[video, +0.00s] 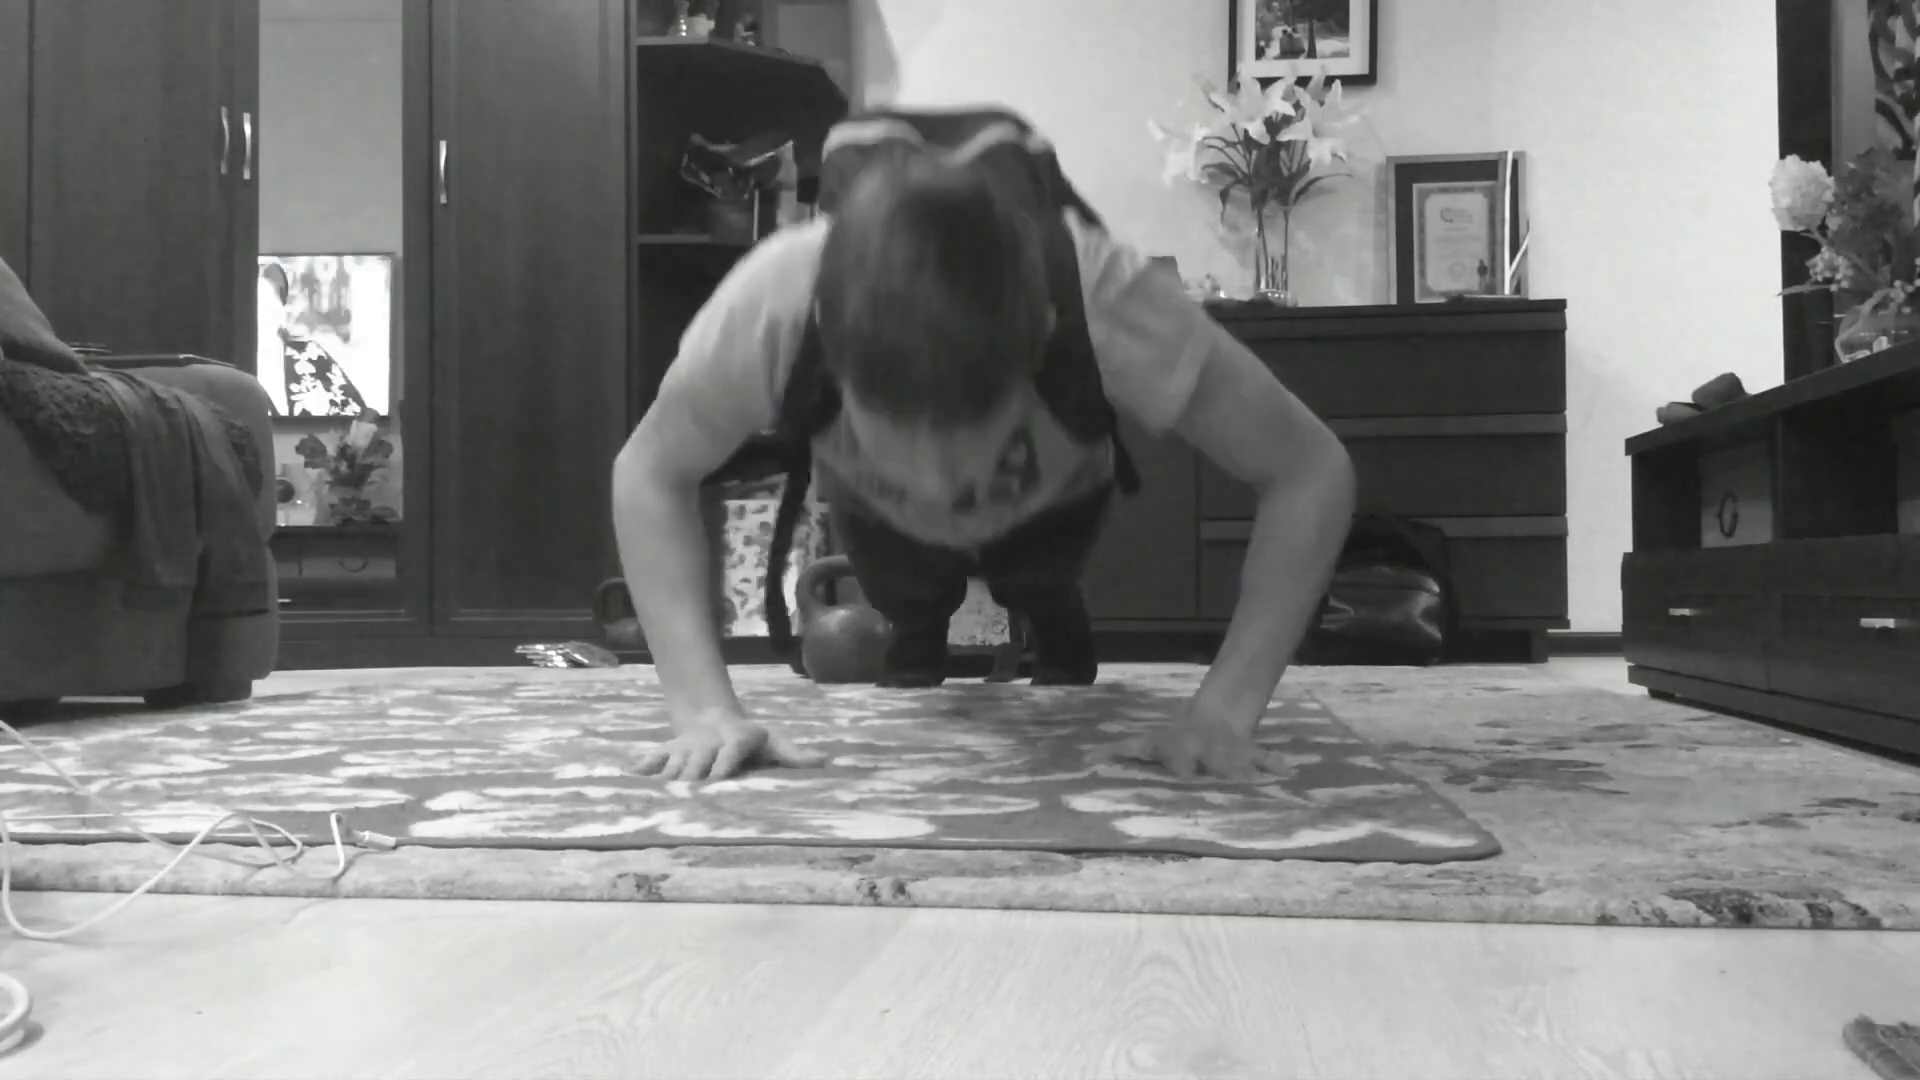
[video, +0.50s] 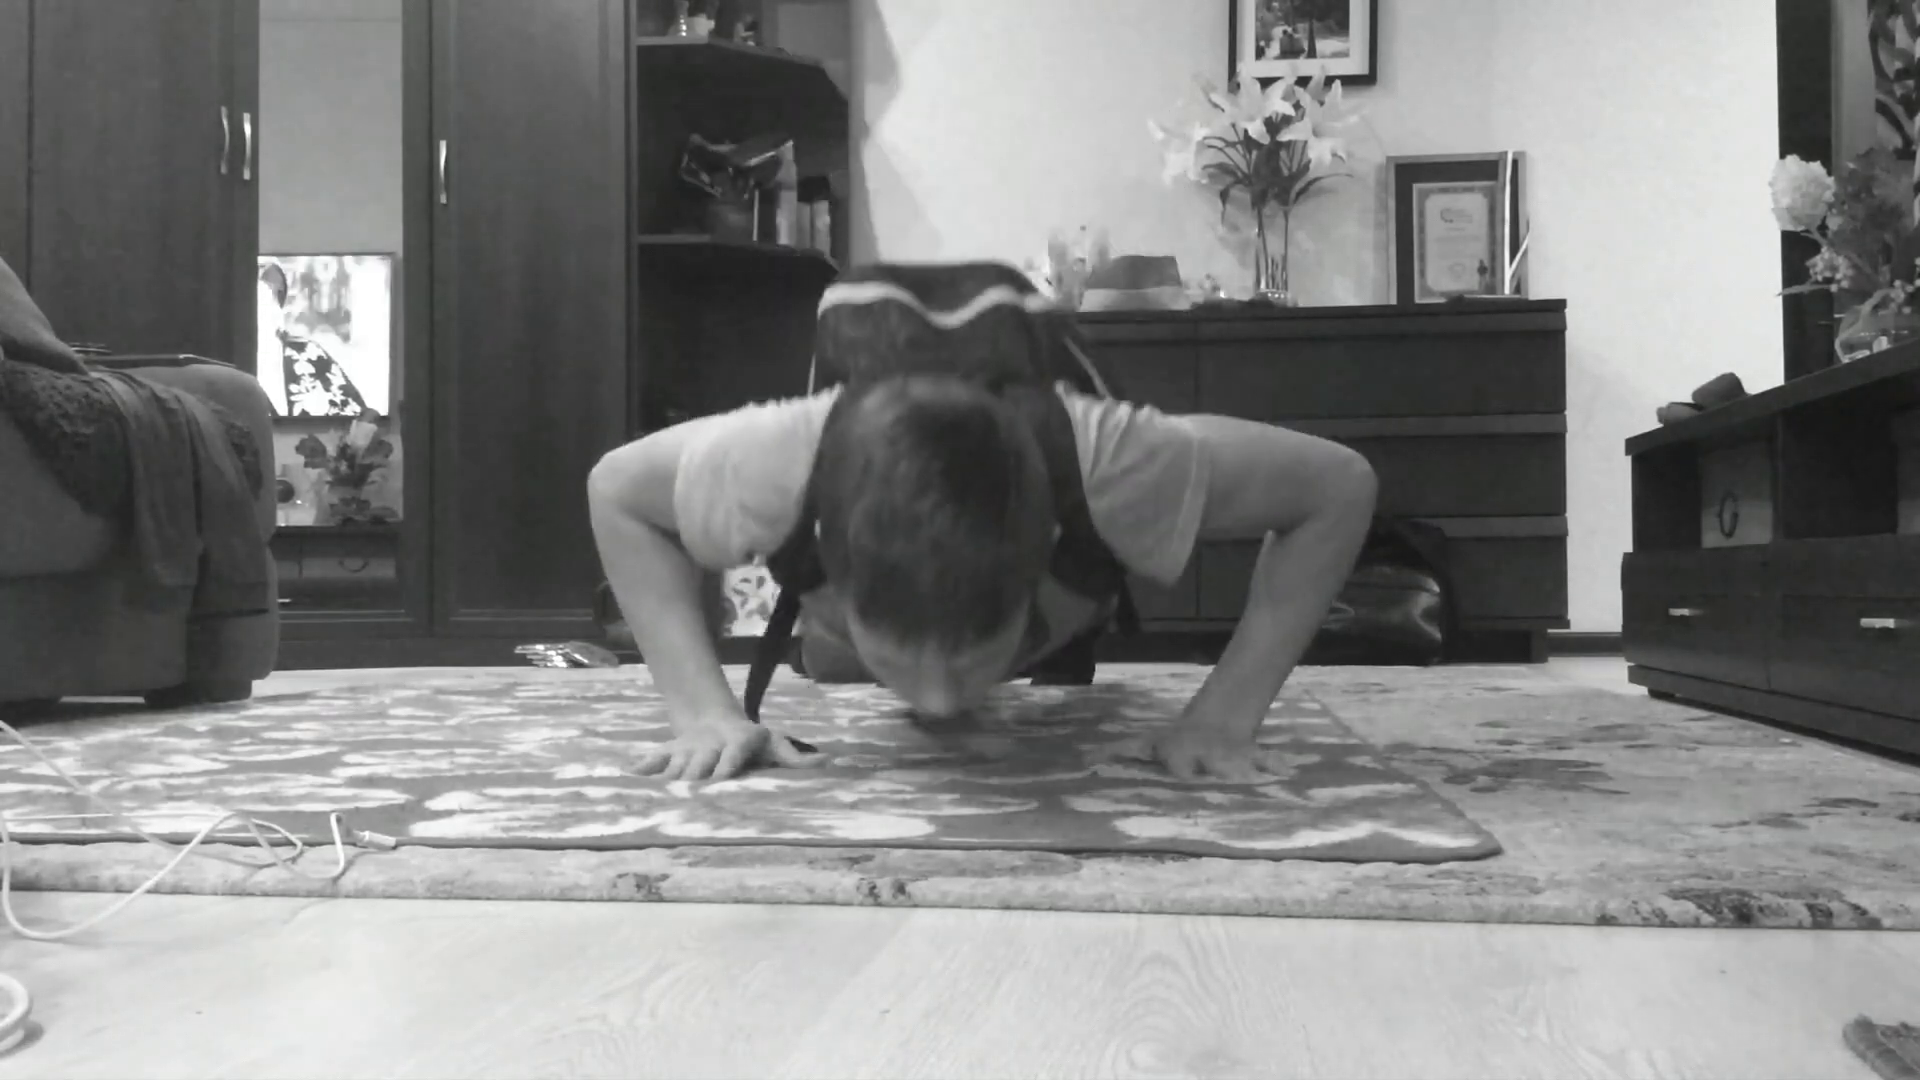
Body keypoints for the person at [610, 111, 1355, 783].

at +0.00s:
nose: (939, 502)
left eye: (980, 465)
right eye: (896, 469)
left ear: (1040, 353)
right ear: (840, 366)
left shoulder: (1117, 314)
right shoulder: (772, 312)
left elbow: (1315, 470)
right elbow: (649, 475)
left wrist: (1227, 709)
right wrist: (702, 704)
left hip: (1052, 503)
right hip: (881, 524)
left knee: (1044, 581)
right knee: (908, 601)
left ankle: (1051, 625)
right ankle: (917, 639)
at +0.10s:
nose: (947, 548)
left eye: (984, 512)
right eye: (901, 523)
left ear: (1049, 398)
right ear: (841, 425)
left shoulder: (1125, 349)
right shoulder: (771, 348)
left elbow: (1323, 476)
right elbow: (644, 477)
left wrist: (1233, 704)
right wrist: (700, 705)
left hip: (1056, 521)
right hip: (883, 544)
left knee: (1045, 587)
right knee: (904, 606)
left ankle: (1048, 627)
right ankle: (918, 632)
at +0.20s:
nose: (948, 600)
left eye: (993, 563)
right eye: (904, 572)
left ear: (1052, 450)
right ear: (838, 464)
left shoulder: (1121, 370)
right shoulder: (770, 372)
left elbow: (1332, 480)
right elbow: (636, 482)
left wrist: (1233, 706)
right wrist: (704, 710)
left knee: (1051, 596)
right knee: (885, 640)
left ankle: (1052, 629)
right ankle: (898, 636)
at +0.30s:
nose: (944, 643)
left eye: (983, 601)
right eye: (902, 605)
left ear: (1056, 492)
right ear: (832, 498)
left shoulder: (1124, 411)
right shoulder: (771, 413)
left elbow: (1337, 485)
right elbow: (628, 488)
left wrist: (1228, 712)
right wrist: (699, 705)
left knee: (1052, 661)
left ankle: (1042, 652)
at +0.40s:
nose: (936, 677)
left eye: (977, 644)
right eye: (895, 646)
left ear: (1050, 529)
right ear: (829, 535)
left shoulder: (1130, 450)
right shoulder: (763, 456)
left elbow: (1339, 484)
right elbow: (622, 491)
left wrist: (1228, 709)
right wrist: (701, 703)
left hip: (1022, 301)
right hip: (863, 299)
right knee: (851, 668)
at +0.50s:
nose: (937, 703)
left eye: (978, 660)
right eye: (893, 662)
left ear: (1047, 557)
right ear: (829, 561)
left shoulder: (1127, 470)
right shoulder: (759, 475)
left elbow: (1342, 486)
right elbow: (618, 492)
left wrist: (1230, 710)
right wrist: (703, 709)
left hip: (1020, 326)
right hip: (858, 321)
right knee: (824, 660)